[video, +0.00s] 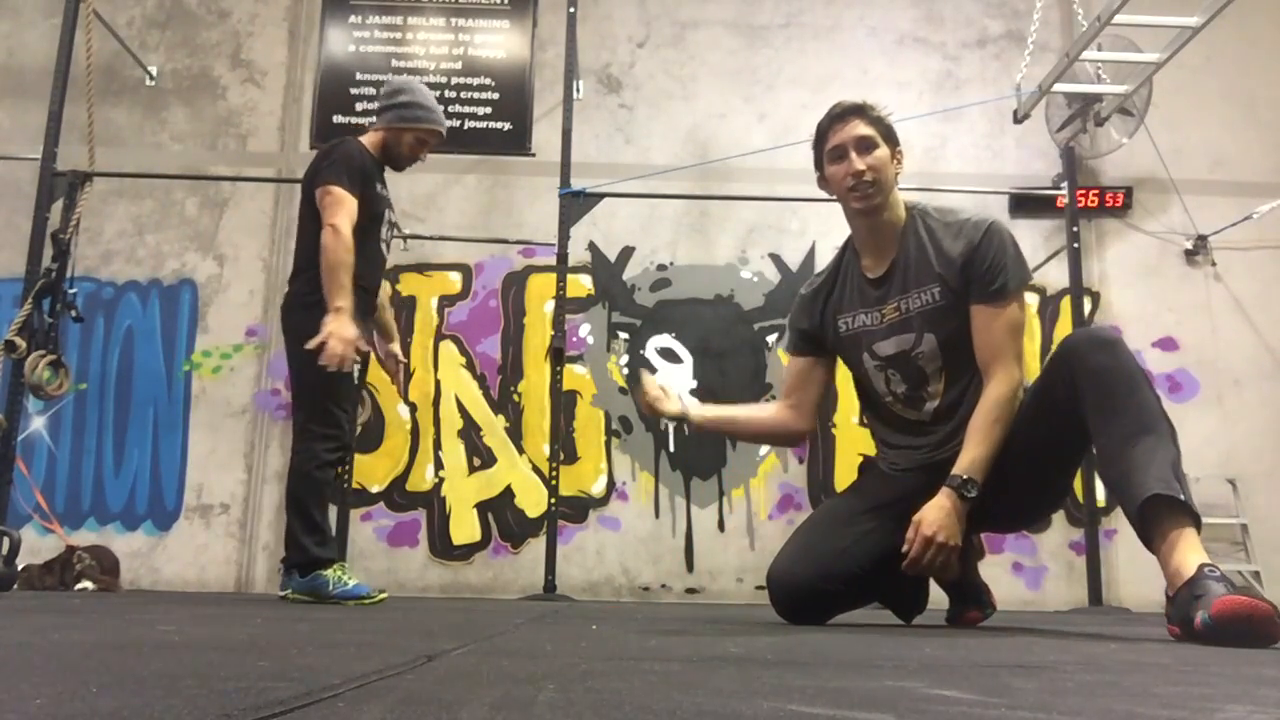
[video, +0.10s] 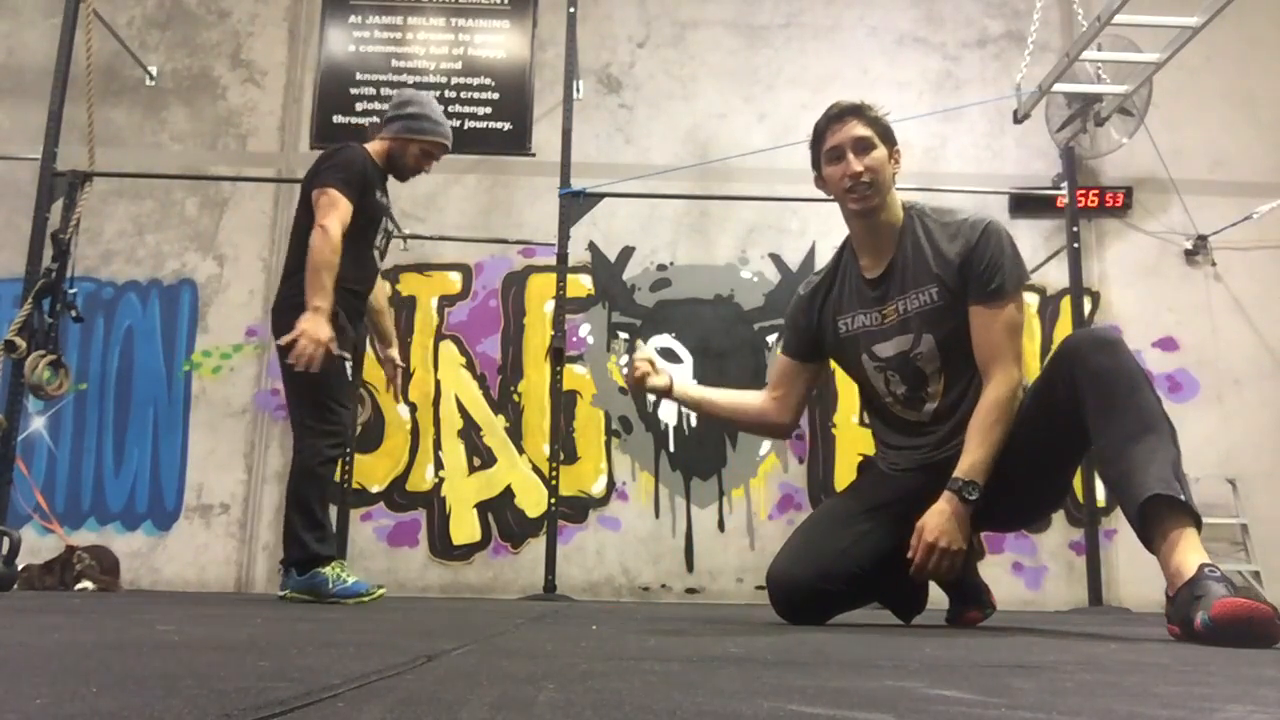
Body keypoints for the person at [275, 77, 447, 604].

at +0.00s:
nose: (423, 154)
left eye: (429, 147)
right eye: (421, 143)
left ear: (401, 132)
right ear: (395, 124)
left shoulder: (369, 174)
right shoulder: (346, 156)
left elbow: (370, 269)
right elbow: (334, 231)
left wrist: (387, 336)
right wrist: (340, 313)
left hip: (340, 321)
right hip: (323, 317)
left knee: (329, 441)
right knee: (322, 441)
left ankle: (314, 566)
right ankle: (308, 567)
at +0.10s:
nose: (426, 166)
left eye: (434, 159)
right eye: (425, 153)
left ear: (408, 144)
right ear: (399, 133)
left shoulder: (373, 187)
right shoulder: (349, 161)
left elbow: (370, 279)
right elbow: (326, 230)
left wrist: (388, 346)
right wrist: (316, 313)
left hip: (339, 327)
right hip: (318, 323)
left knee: (329, 439)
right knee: (324, 439)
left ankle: (310, 565)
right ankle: (308, 566)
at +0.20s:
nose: (428, 171)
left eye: (435, 164)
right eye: (427, 158)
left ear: (407, 146)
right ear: (401, 138)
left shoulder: (374, 189)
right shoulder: (350, 162)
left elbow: (366, 280)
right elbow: (318, 226)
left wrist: (382, 348)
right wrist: (301, 308)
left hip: (334, 328)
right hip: (313, 322)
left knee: (322, 430)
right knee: (327, 426)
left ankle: (296, 558)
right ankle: (293, 560)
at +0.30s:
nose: (427, 170)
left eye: (434, 164)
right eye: (426, 158)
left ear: (408, 146)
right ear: (400, 138)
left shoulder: (374, 191)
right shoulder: (346, 161)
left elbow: (362, 282)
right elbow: (313, 223)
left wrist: (368, 350)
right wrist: (296, 304)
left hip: (333, 328)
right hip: (309, 322)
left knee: (320, 440)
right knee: (309, 438)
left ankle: (303, 561)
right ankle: (271, 563)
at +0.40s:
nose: (423, 168)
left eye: (430, 162)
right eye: (422, 156)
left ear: (403, 144)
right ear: (395, 135)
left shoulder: (369, 185)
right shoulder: (345, 159)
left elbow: (354, 278)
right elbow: (314, 223)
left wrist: (361, 346)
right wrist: (301, 306)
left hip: (336, 325)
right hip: (310, 318)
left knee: (320, 447)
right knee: (295, 442)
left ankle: (305, 562)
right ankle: (268, 567)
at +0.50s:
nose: (417, 165)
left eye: (424, 158)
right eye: (417, 152)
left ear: (397, 139)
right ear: (391, 132)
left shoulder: (365, 180)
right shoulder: (341, 156)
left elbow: (351, 274)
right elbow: (319, 222)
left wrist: (355, 340)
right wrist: (319, 305)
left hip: (332, 325)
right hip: (300, 315)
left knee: (331, 445)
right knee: (291, 440)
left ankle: (307, 561)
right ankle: (266, 567)